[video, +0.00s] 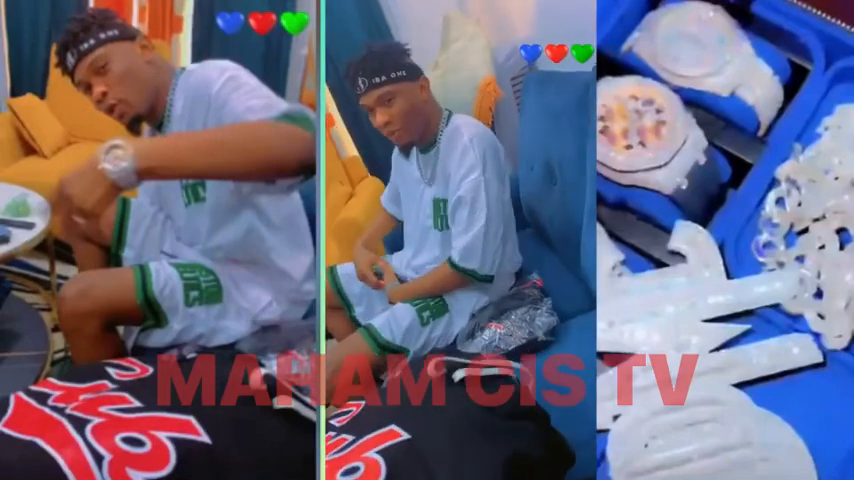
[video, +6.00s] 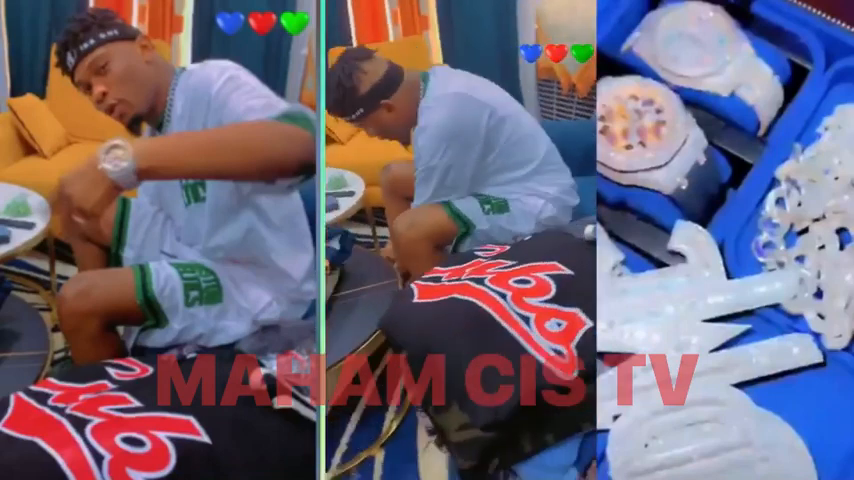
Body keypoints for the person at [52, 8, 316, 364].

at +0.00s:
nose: (98, 94)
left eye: (102, 70)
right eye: (87, 89)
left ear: (144, 48)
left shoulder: (212, 81)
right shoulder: (152, 133)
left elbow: (299, 145)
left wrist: (132, 160)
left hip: (259, 280)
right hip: (190, 251)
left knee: (80, 300)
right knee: (85, 215)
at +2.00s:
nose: (98, 94)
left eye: (102, 70)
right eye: (87, 89)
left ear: (144, 48)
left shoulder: (213, 81)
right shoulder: (152, 133)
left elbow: (298, 146)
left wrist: (132, 160)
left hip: (260, 280)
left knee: (80, 300)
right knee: (85, 215)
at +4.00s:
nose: (97, 94)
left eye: (102, 70)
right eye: (87, 89)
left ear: (144, 48)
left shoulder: (214, 81)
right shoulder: (153, 135)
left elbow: (298, 145)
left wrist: (131, 161)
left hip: (261, 278)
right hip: (192, 252)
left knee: (80, 300)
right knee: (84, 215)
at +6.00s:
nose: (97, 94)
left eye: (102, 70)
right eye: (87, 89)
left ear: (145, 48)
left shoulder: (214, 81)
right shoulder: (153, 134)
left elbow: (298, 146)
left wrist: (131, 160)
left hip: (262, 279)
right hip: (192, 253)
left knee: (80, 300)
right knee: (83, 213)